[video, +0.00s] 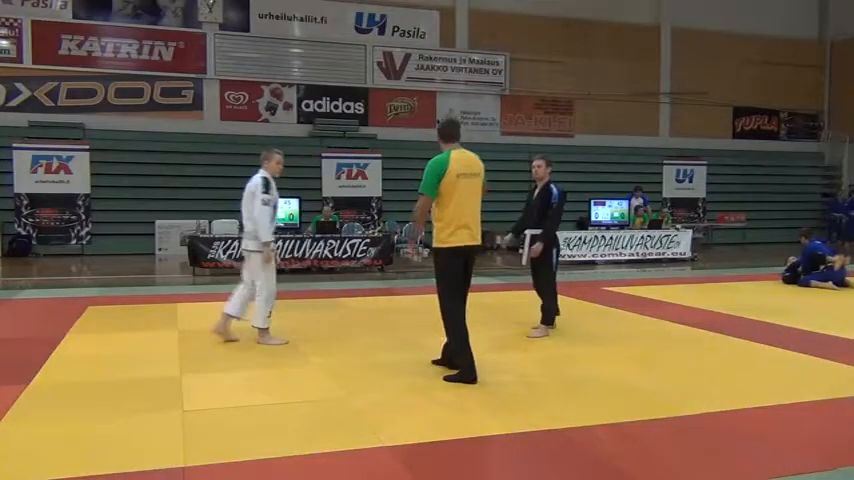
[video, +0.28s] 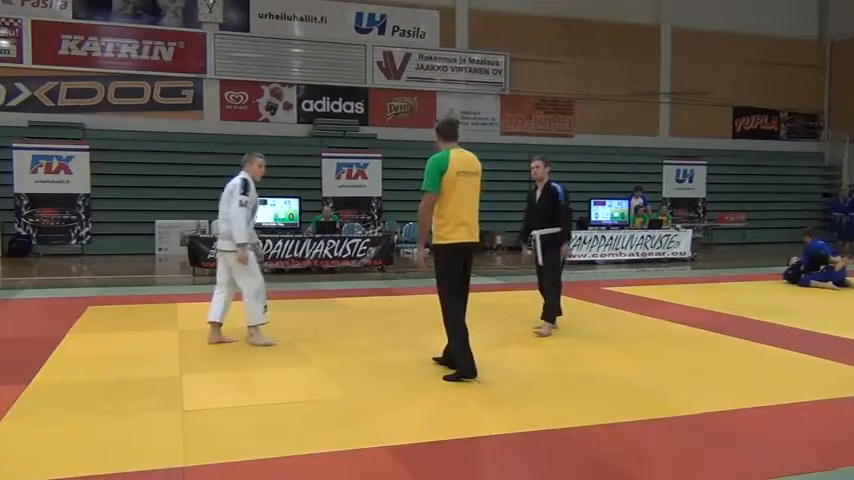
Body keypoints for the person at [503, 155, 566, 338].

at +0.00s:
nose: (535, 170)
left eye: (539, 167)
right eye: (533, 167)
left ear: (548, 169)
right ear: (532, 171)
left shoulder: (554, 192)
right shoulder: (533, 191)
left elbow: (553, 220)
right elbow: (526, 216)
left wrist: (541, 241)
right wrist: (513, 234)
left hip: (547, 241)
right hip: (533, 240)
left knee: (547, 282)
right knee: (538, 282)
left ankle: (546, 323)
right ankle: (551, 310)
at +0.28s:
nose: (534, 171)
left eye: (537, 168)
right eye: (532, 168)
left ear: (547, 169)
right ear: (531, 172)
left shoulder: (557, 191)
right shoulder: (533, 193)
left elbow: (565, 217)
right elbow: (528, 218)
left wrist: (564, 242)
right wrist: (524, 240)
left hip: (553, 241)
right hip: (538, 241)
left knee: (552, 280)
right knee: (542, 281)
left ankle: (549, 321)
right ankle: (552, 312)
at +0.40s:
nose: (534, 171)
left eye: (537, 168)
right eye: (532, 169)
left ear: (547, 169)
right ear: (531, 172)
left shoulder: (558, 190)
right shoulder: (534, 193)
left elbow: (568, 215)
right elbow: (531, 219)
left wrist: (572, 240)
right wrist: (527, 243)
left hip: (555, 239)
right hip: (539, 240)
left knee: (553, 280)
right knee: (544, 281)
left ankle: (557, 321)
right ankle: (550, 318)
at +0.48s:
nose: (534, 171)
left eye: (538, 168)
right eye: (533, 169)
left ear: (547, 169)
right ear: (532, 172)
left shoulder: (558, 190)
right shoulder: (535, 193)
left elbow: (567, 215)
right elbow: (533, 219)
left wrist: (571, 240)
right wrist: (529, 242)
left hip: (555, 240)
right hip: (539, 241)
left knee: (554, 280)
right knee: (544, 281)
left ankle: (563, 321)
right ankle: (553, 317)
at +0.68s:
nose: (538, 172)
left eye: (541, 169)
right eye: (537, 169)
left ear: (551, 170)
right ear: (538, 173)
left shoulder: (559, 189)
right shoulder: (541, 193)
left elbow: (561, 217)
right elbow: (539, 219)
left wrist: (557, 240)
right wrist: (529, 239)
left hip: (556, 240)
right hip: (543, 240)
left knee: (558, 280)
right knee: (546, 280)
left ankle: (567, 321)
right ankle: (551, 317)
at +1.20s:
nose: (547, 171)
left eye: (549, 168)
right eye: (547, 168)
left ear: (558, 169)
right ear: (557, 170)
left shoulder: (568, 190)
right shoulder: (553, 190)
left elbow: (563, 219)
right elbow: (548, 217)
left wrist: (551, 242)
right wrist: (542, 240)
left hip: (561, 239)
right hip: (549, 238)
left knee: (564, 280)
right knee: (550, 280)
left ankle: (569, 323)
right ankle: (552, 317)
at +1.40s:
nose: (548, 171)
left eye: (550, 168)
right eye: (549, 168)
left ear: (558, 169)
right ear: (560, 169)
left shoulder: (569, 190)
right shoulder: (557, 190)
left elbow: (569, 222)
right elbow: (552, 222)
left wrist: (568, 247)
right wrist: (545, 246)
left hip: (561, 240)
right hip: (550, 240)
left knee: (564, 281)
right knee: (551, 280)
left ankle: (569, 323)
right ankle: (552, 317)